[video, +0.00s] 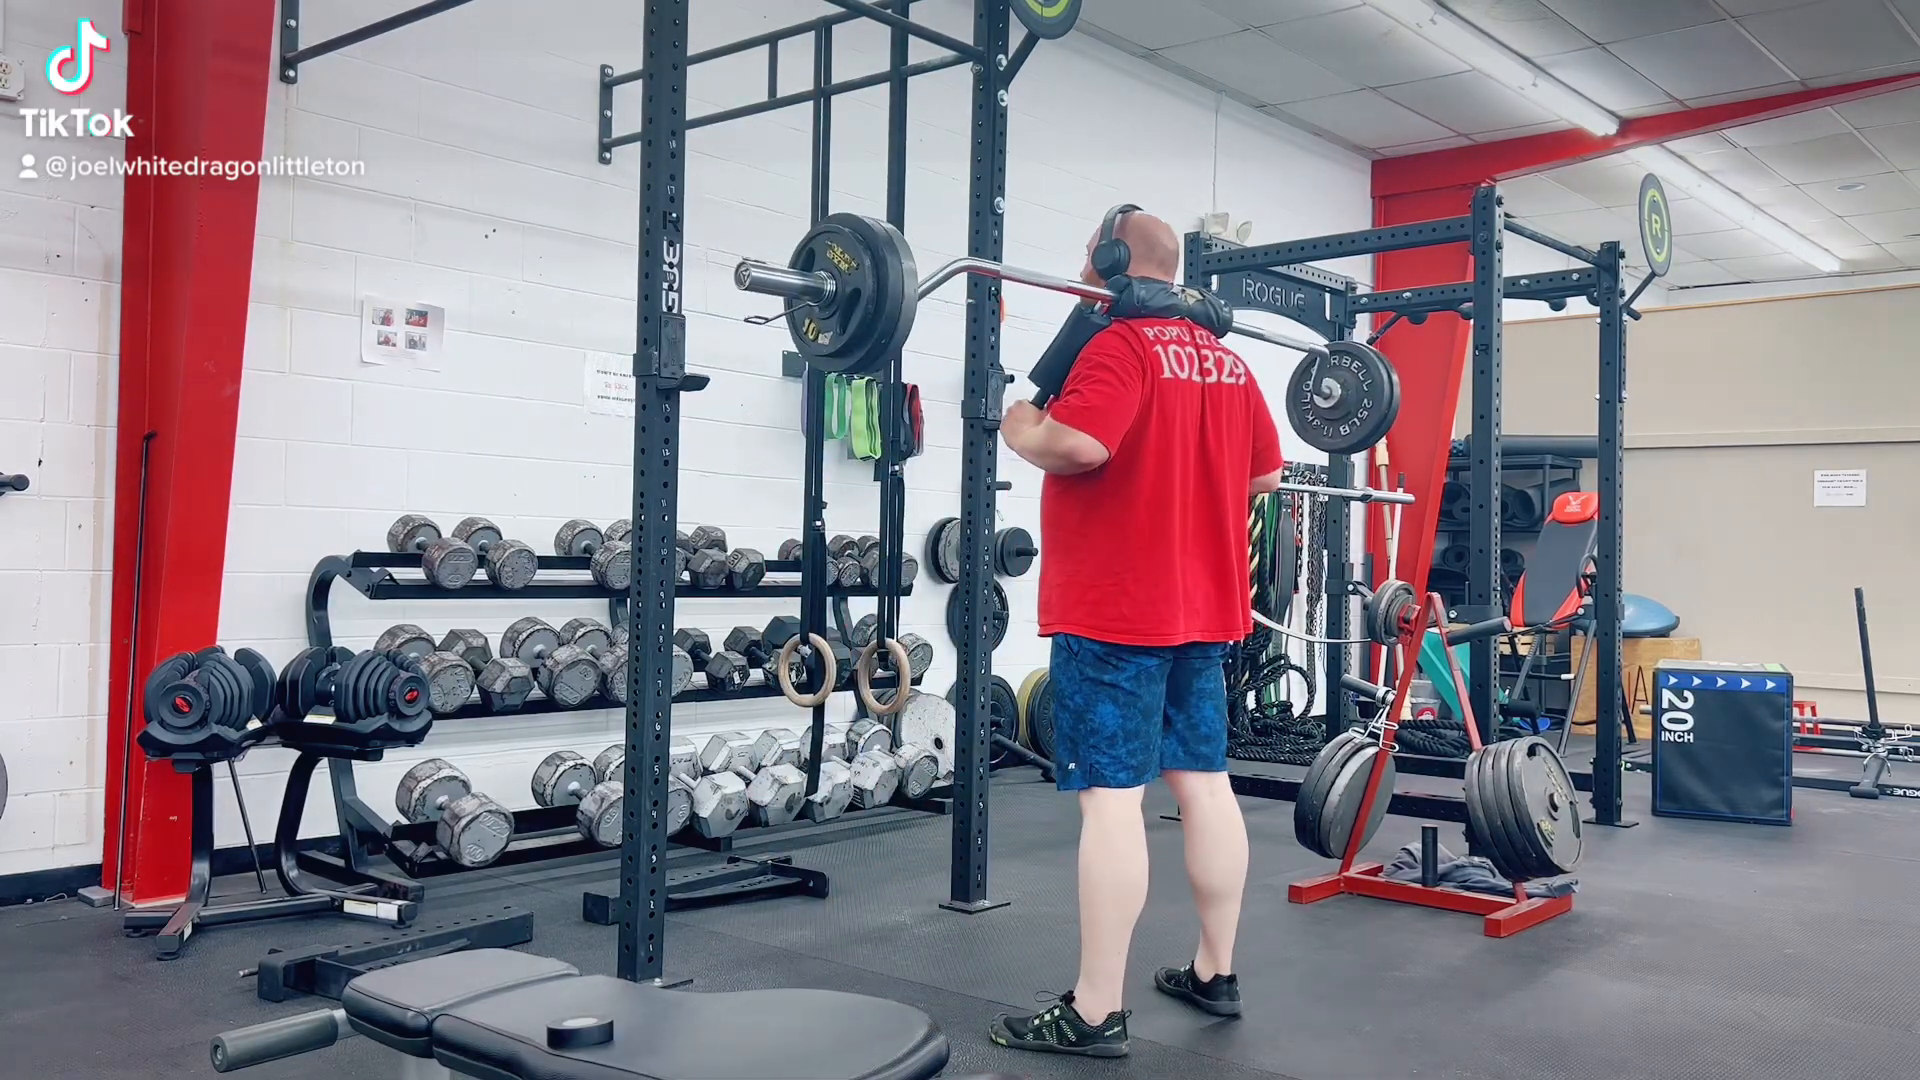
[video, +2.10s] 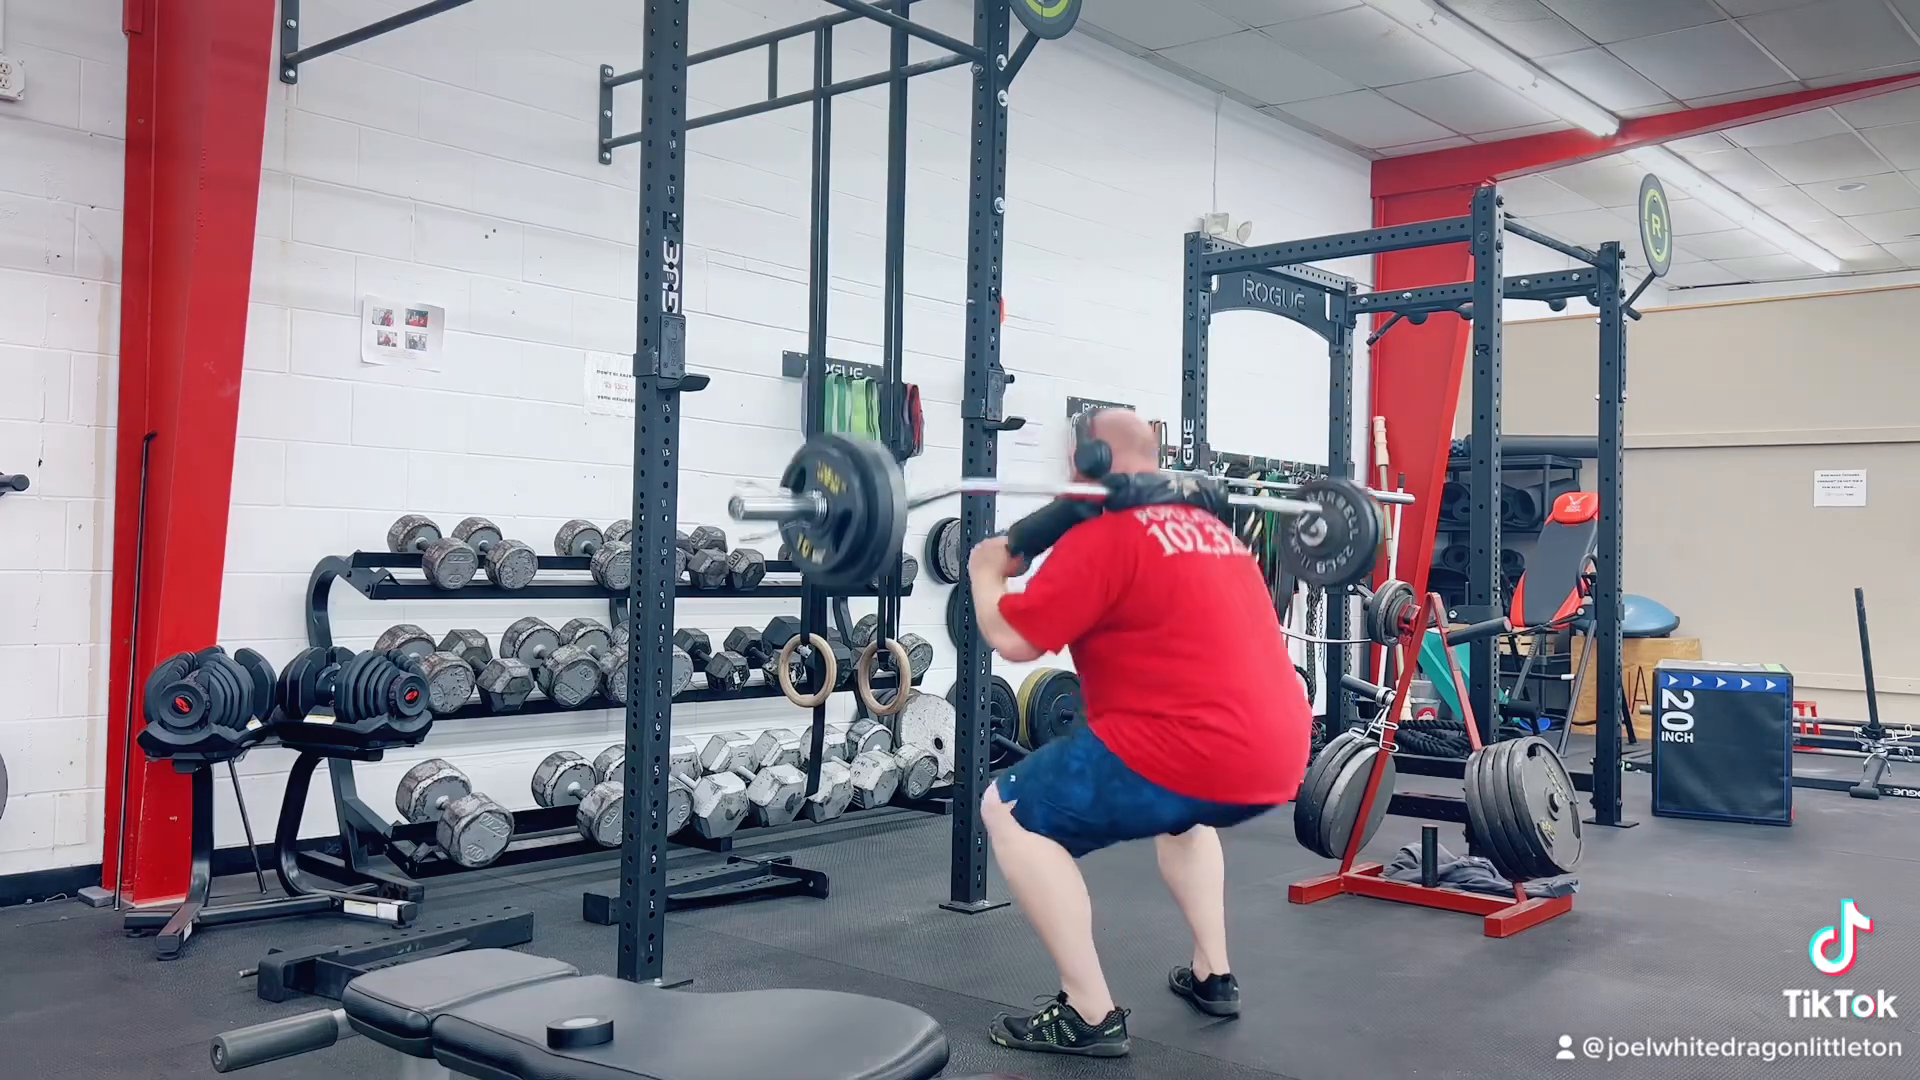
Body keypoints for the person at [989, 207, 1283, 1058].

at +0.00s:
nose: (1086, 286)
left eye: (1088, 274)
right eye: (1089, 274)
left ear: (1104, 277)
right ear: (1175, 275)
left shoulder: (1119, 343)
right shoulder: (1228, 360)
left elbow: (1084, 444)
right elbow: (1265, 471)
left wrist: (1025, 427)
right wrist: (1180, 478)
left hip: (1117, 608)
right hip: (1207, 609)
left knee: (1111, 796)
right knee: (1204, 780)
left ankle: (1095, 1009)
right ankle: (1217, 974)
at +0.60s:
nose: (1078, 358)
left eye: (1083, 345)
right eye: (1082, 344)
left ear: (1103, 352)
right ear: (1167, 352)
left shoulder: (1112, 429)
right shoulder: (1223, 430)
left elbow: (1015, 526)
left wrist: (994, 471)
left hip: (1142, 667)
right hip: (1243, 669)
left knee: (1034, 799)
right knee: (1176, 792)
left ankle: (1091, 1007)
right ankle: (1215, 974)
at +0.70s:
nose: (1067, 436)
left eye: (1072, 422)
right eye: (1070, 423)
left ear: (1092, 429)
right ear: (1158, 430)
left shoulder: (1108, 504)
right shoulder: (1212, 497)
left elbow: (1006, 597)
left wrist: (990, 540)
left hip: (1160, 728)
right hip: (1261, 730)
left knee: (1014, 810)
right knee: (1172, 808)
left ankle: (1090, 1009)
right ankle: (1214, 975)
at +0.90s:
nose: (1066, 560)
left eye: (1069, 549)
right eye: (1071, 548)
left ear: (1082, 556)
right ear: (1149, 555)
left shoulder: (1101, 627)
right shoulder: (1201, 612)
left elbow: (995, 723)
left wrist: (978, 660)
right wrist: (1075, 615)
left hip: (1190, 845)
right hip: (1274, 843)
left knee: (988, 820)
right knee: (1156, 784)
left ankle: (1088, 1009)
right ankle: (1211, 973)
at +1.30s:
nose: (1064, 451)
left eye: (1067, 440)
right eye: (1067, 440)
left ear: (1084, 445)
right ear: (1153, 442)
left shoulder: (1104, 513)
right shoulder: (1211, 508)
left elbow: (1014, 611)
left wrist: (987, 562)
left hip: (1162, 730)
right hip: (1265, 730)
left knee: (1011, 807)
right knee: (1166, 806)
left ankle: (1089, 1009)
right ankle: (1212, 974)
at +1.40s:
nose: (1073, 374)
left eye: (1077, 362)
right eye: (1075, 362)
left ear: (1096, 364)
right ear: (1162, 360)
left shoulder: (1112, 429)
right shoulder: (1218, 433)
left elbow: (1021, 526)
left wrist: (996, 481)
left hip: (1151, 658)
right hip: (1249, 660)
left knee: (1033, 795)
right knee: (1175, 788)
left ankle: (1089, 1007)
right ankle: (1212, 973)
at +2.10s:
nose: (1069, 473)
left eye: (1071, 463)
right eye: (1074, 462)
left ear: (1083, 467)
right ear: (1157, 463)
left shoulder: (1107, 534)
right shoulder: (1208, 524)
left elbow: (1013, 639)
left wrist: (983, 569)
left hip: (1179, 753)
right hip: (1274, 753)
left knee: (1009, 810)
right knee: (1178, 811)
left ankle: (1090, 1011)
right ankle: (1214, 974)